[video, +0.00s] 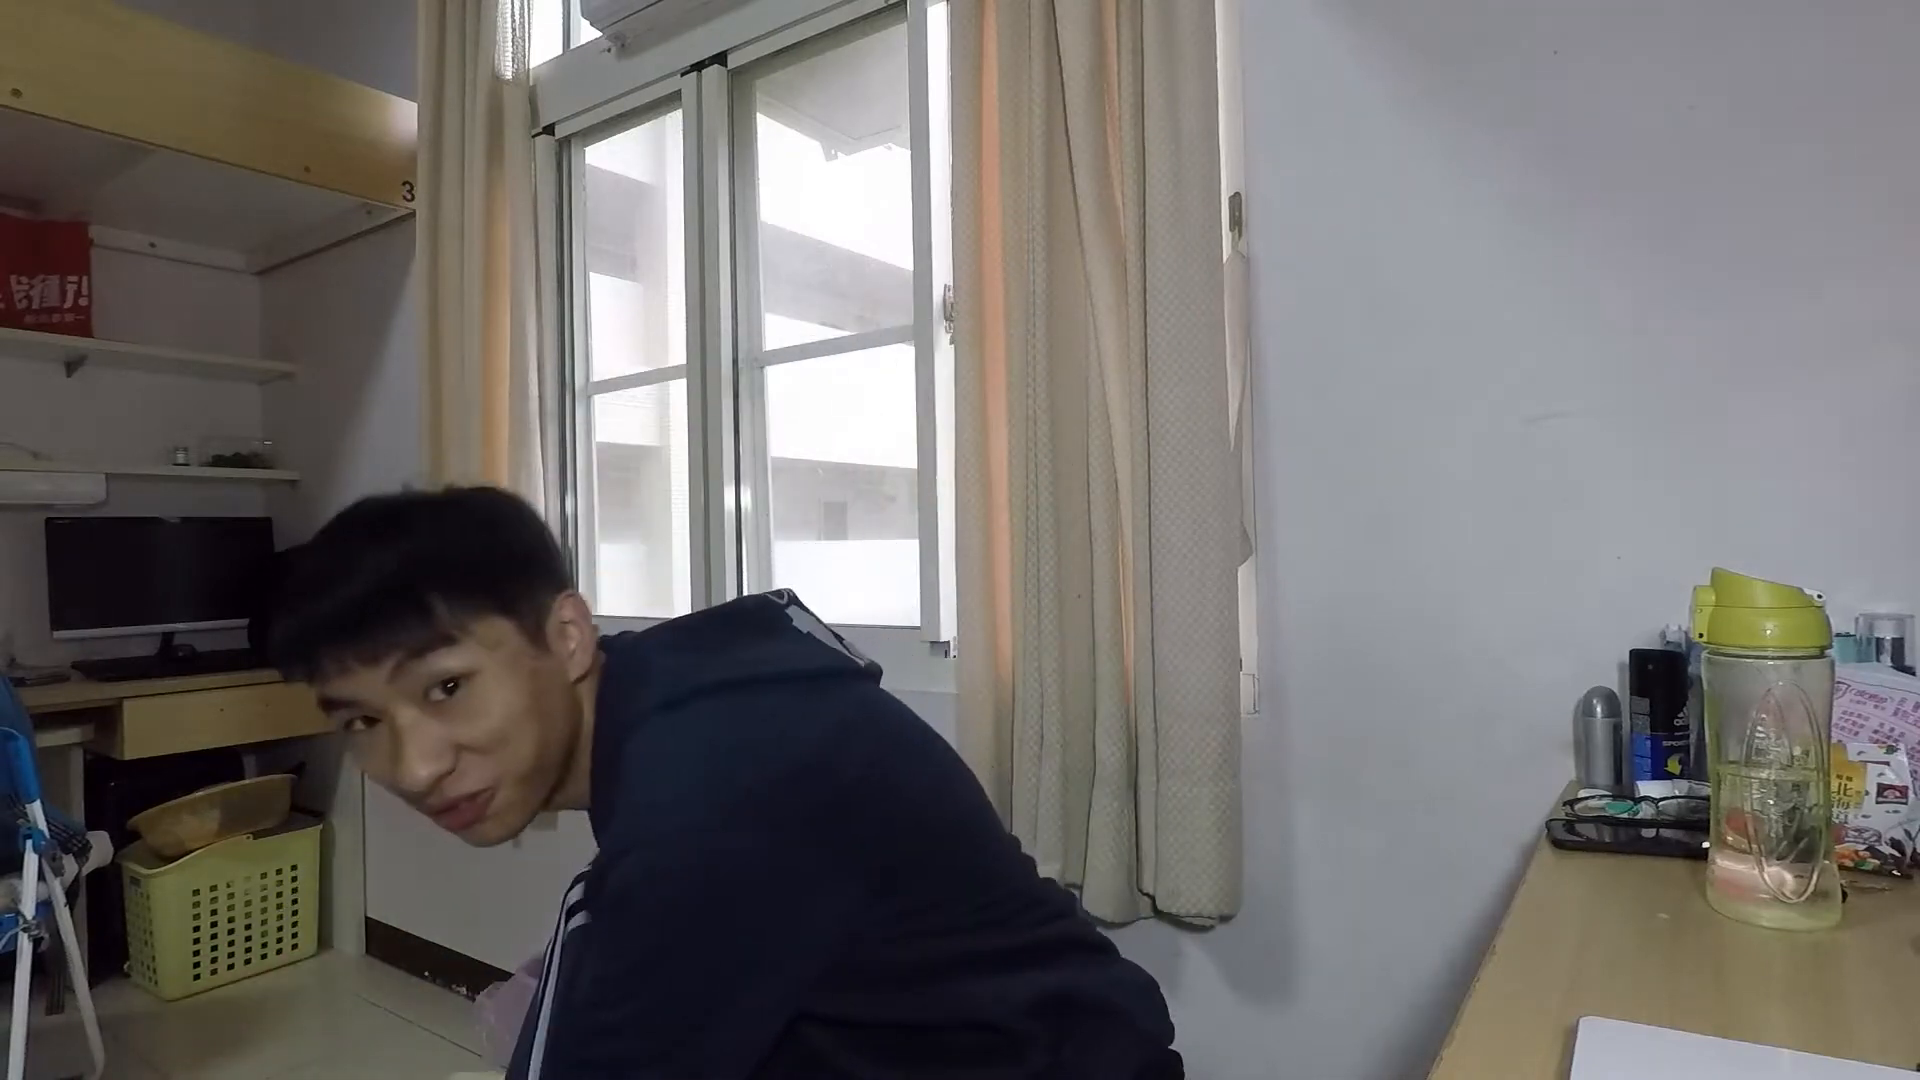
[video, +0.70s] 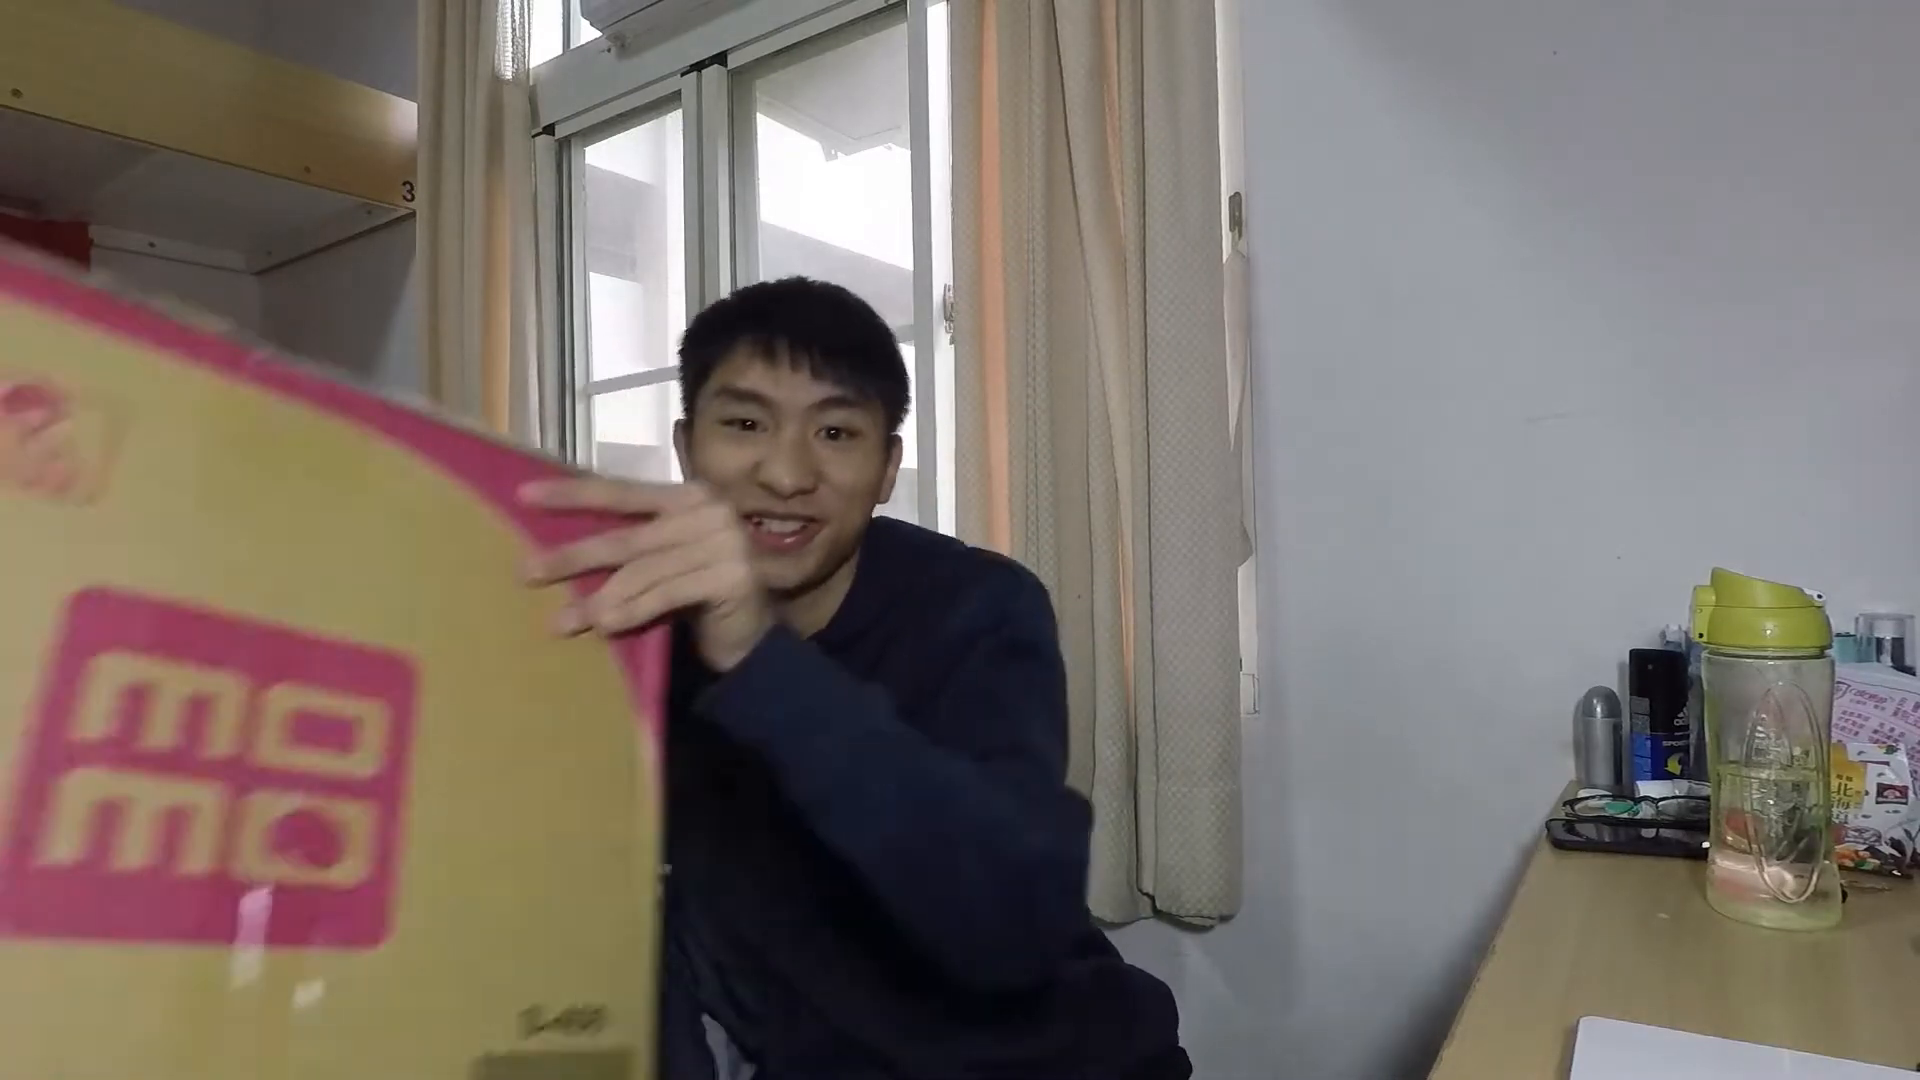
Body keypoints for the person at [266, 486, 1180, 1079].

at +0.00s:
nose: (415, 767)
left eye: (446, 690)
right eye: (366, 726)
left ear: (566, 634)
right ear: (344, 736)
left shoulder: (707, 789)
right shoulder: (673, 701)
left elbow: (581, 1061)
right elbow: (597, 927)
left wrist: (535, 1022)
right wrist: (551, 1005)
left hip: (1054, 1052)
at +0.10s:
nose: (461, 732)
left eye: (497, 655)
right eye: (406, 689)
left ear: (607, 615)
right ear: (380, 709)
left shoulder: (748, 772)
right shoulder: (649, 722)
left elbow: (673, 1061)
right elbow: (631, 916)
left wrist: (526, 1035)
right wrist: (555, 1011)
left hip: (1059, 1052)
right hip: (924, 1039)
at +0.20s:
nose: (521, 681)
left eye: (564, 608)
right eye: (468, 631)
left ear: (663, 590)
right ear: (437, 648)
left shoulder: (801, 735)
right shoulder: (639, 714)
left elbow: (729, 1050)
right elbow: (680, 883)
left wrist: (540, 1052)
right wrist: (539, 996)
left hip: (1059, 1051)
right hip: (899, 1035)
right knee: (616, 885)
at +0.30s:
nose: (576, 620)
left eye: (626, 558)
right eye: (527, 571)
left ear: (713, 557)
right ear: (490, 593)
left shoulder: (832, 687)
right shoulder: (636, 705)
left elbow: (773, 1035)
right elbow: (684, 883)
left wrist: (526, 1048)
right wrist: (483, 983)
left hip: (1059, 1047)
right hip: (887, 1042)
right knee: (615, 893)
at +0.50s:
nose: (687, 523)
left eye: (739, 474)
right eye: (644, 473)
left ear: (809, 497)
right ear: (599, 501)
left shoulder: (907, 640)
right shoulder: (639, 684)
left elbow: (866, 970)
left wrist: (471, 835)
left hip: (1032, 1040)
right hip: (801, 1045)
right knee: (593, 1030)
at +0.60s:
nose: (735, 496)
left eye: (788, 453)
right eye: (694, 446)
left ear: (848, 480)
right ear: (639, 470)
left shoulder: (941, 620)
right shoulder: (651, 660)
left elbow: (936, 928)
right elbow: (525, 815)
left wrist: (601, 722)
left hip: (1021, 1027)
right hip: (809, 1031)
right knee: (614, 902)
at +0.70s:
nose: (787, 474)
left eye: (835, 434)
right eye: (744, 425)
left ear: (888, 466)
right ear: (685, 449)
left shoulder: (981, 608)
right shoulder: (643, 636)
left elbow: (1021, 912)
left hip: (1056, 1049)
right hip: (824, 1057)